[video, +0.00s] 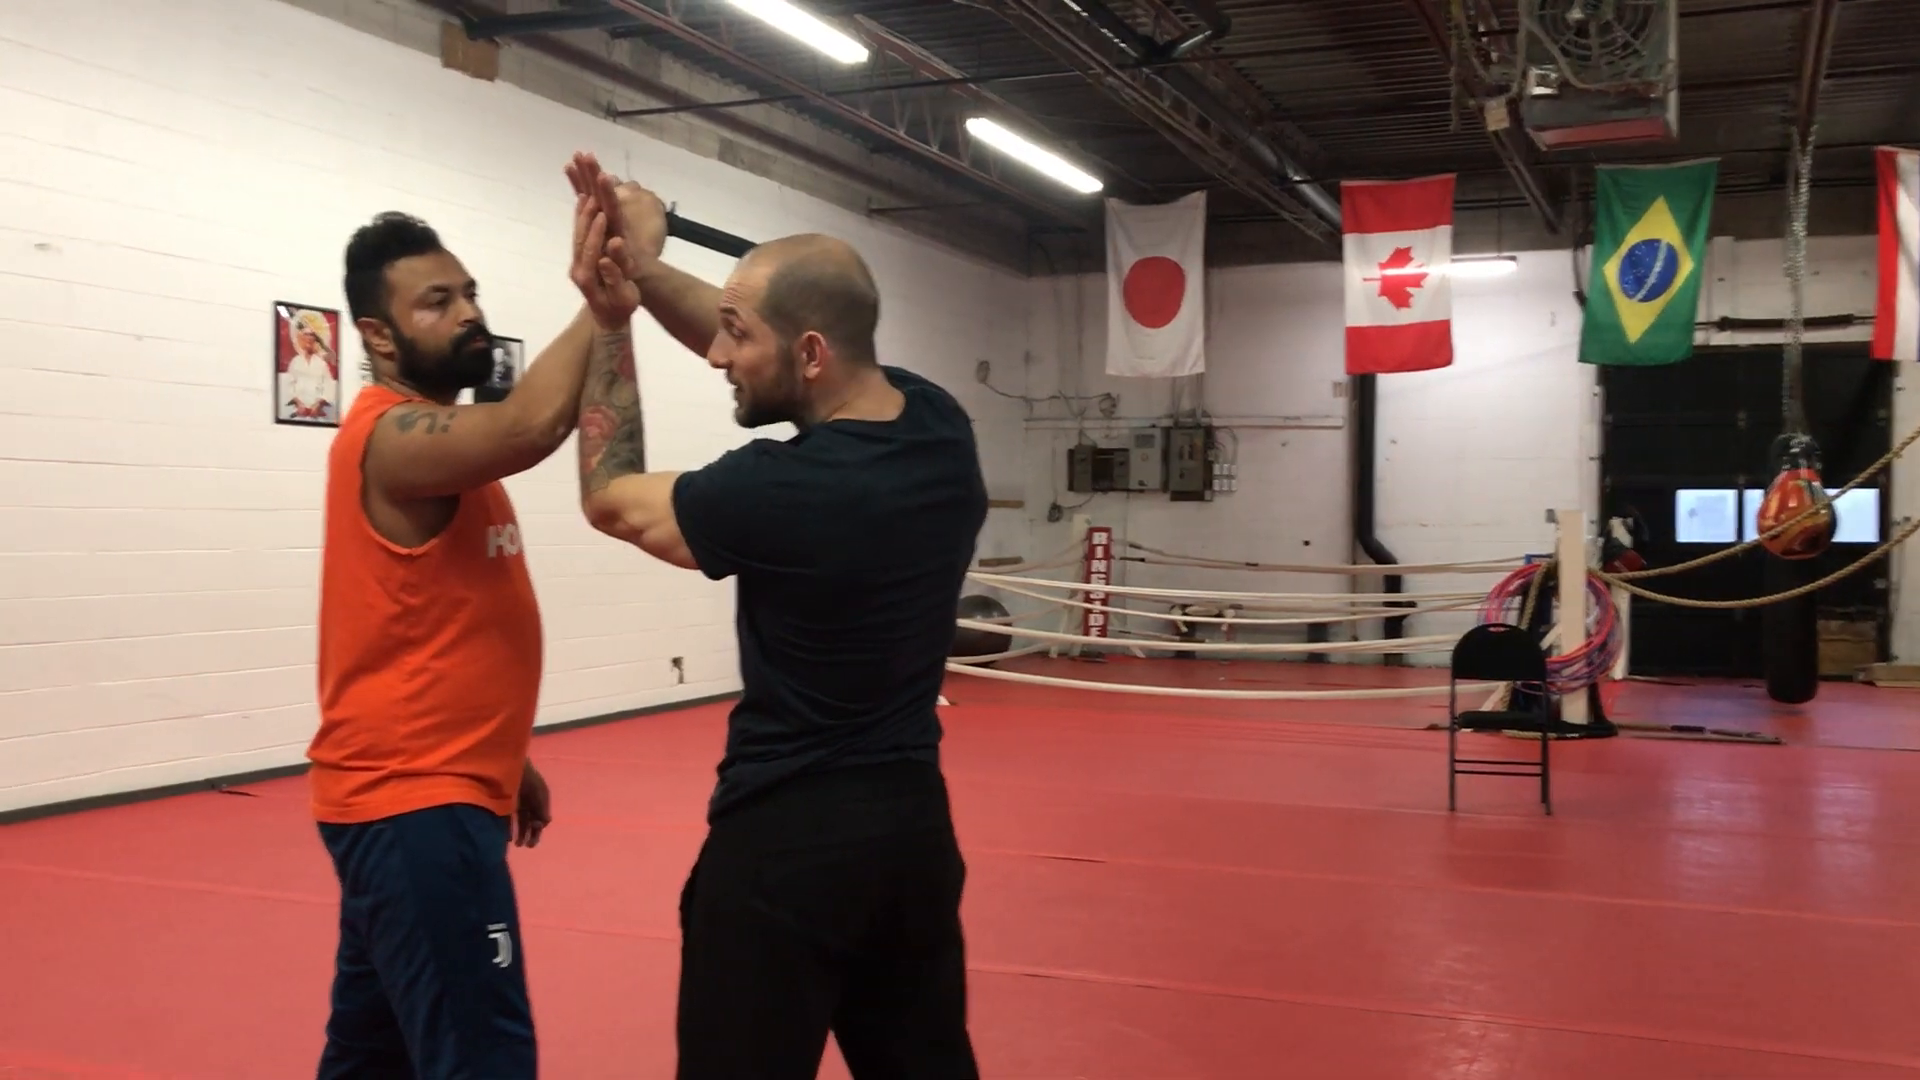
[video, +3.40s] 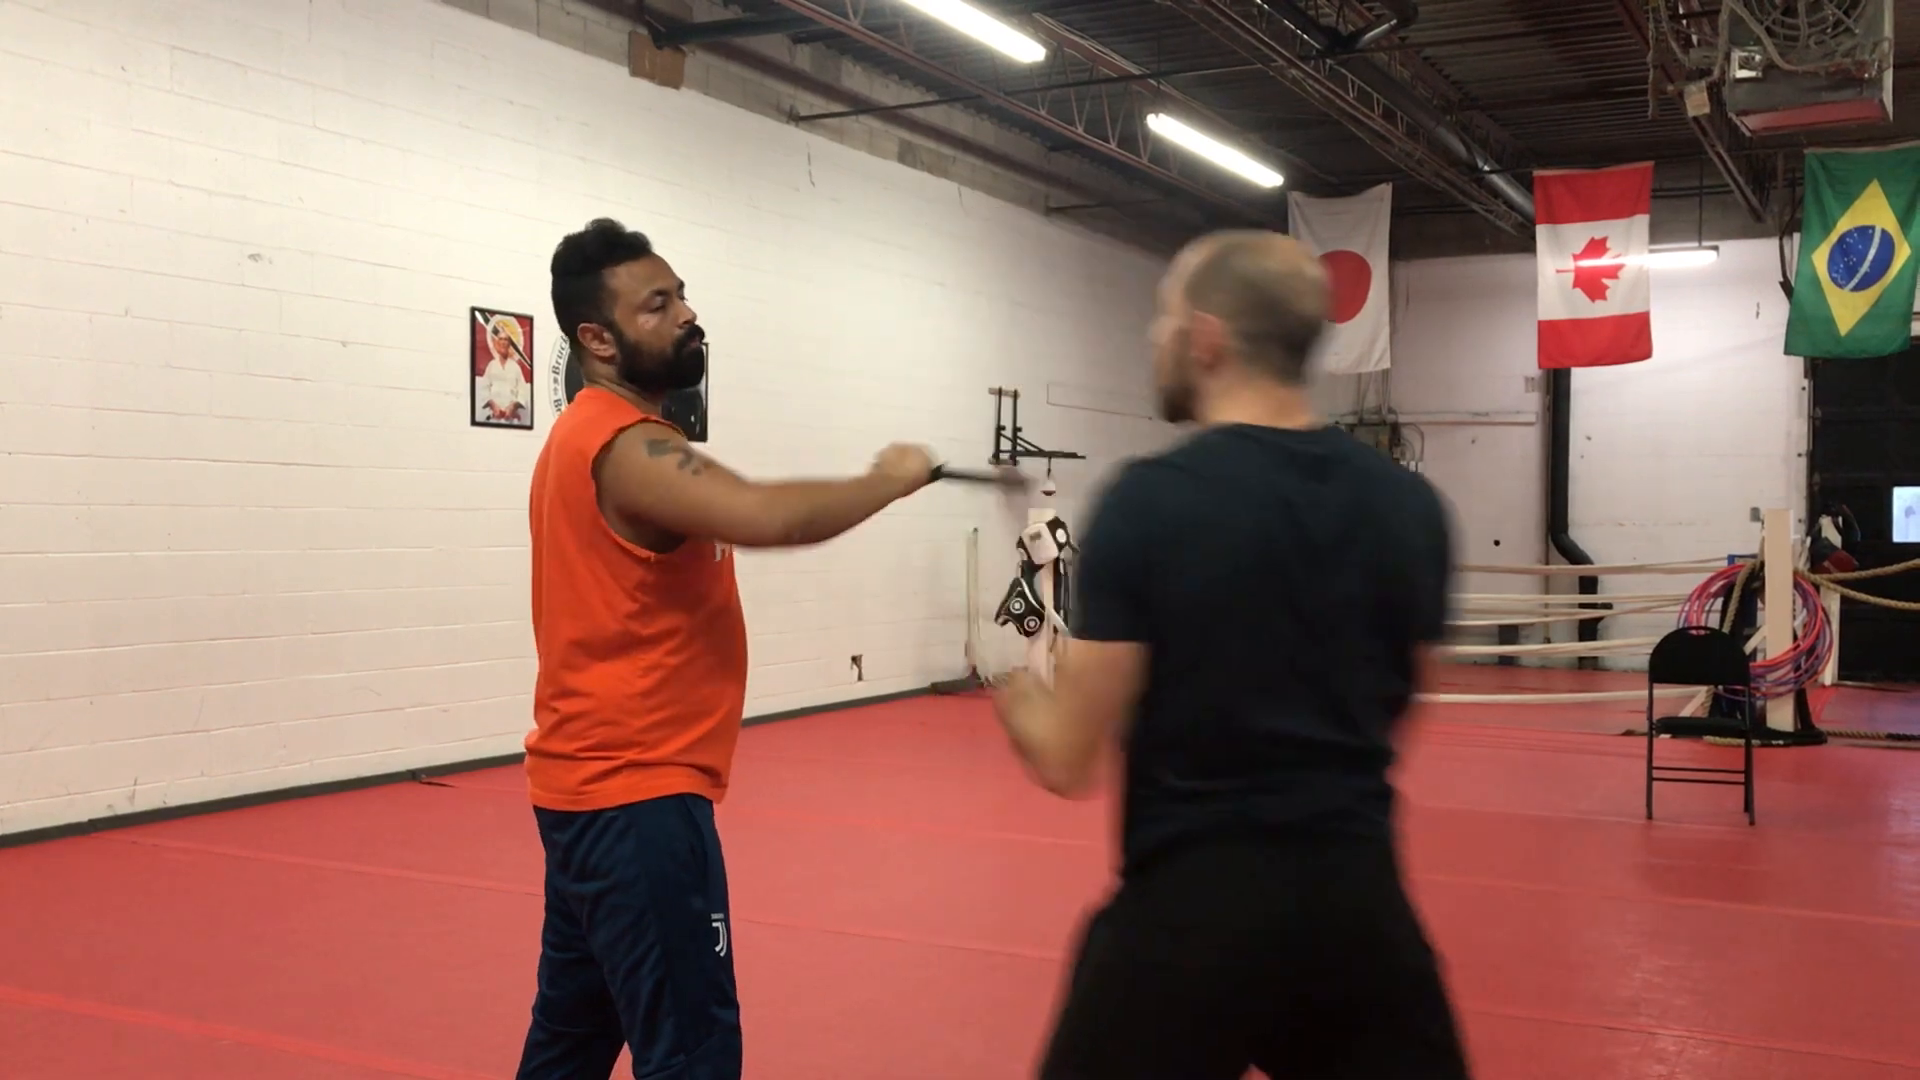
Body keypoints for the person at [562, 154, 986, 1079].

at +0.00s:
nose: (722, 353)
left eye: (739, 335)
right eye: (726, 331)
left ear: (810, 354)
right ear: (821, 348)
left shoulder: (774, 492)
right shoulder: (939, 429)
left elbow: (611, 497)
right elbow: (748, 338)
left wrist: (609, 313)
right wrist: (641, 265)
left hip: (776, 845)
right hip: (908, 829)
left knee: (734, 1063)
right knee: (928, 1066)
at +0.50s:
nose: (840, 361)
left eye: (866, 335)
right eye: (842, 334)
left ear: (945, 344)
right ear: (947, 347)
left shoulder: (889, 492)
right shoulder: (1055, 430)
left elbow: (728, 496)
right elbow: (867, 332)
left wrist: (737, 315)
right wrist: (773, 266)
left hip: (881, 845)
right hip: (1015, 831)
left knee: (839, 1064)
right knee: (1031, 1067)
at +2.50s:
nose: (923, 353)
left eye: (943, 328)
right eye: (926, 329)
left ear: (1021, 344)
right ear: (1027, 346)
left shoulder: (975, 486)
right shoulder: (1141, 436)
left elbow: (815, 499)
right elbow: (954, 350)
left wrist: (831, 318)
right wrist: (872, 271)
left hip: (960, 847)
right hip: (1097, 835)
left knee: (920, 1062)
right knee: (1112, 1067)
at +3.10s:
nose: (950, 312)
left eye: (956, 291)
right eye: (952, 291)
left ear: (995, 305)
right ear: (1090, 299)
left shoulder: (961, 451)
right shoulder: (1185, 430)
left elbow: (829, 556)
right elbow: (1057, 432)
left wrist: (862, 408)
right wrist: (934, 373)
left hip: (1029, 859)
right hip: (1183, 838)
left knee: (981, 1064)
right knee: (1243, 1068)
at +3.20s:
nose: (1009, 309)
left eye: (1014, 289)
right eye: (1011, 289)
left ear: (1051, 303)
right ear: (1147, 302)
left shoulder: (1002, 465)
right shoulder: (1240, 445)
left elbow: (872, 612)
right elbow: (1120, 528)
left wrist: (891, 471)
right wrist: (983, 430)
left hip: (1061, 874)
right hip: (1222, 858)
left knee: (1001, 1066)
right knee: (1303, 1069)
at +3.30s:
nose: (1076, 317)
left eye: (1082, 297)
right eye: (1079, 296)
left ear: (1123, 314)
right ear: (1217, 313)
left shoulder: (1071, 477)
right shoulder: (1312, 467)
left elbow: (947, 689)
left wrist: (942, 574)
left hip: (1109, 895)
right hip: (1282, 886)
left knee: (1032, 1065)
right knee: (1365, 1069)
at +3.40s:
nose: (1153, 338)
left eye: (1162, 317)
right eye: (1157, 317)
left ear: (1207, 337)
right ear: (1304, 340)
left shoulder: (1151, 500)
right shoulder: (1406, 505)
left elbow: (1069, 759)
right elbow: (1397, 699)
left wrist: (1021, 695)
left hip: (1181, 937)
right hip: (1359, 930)